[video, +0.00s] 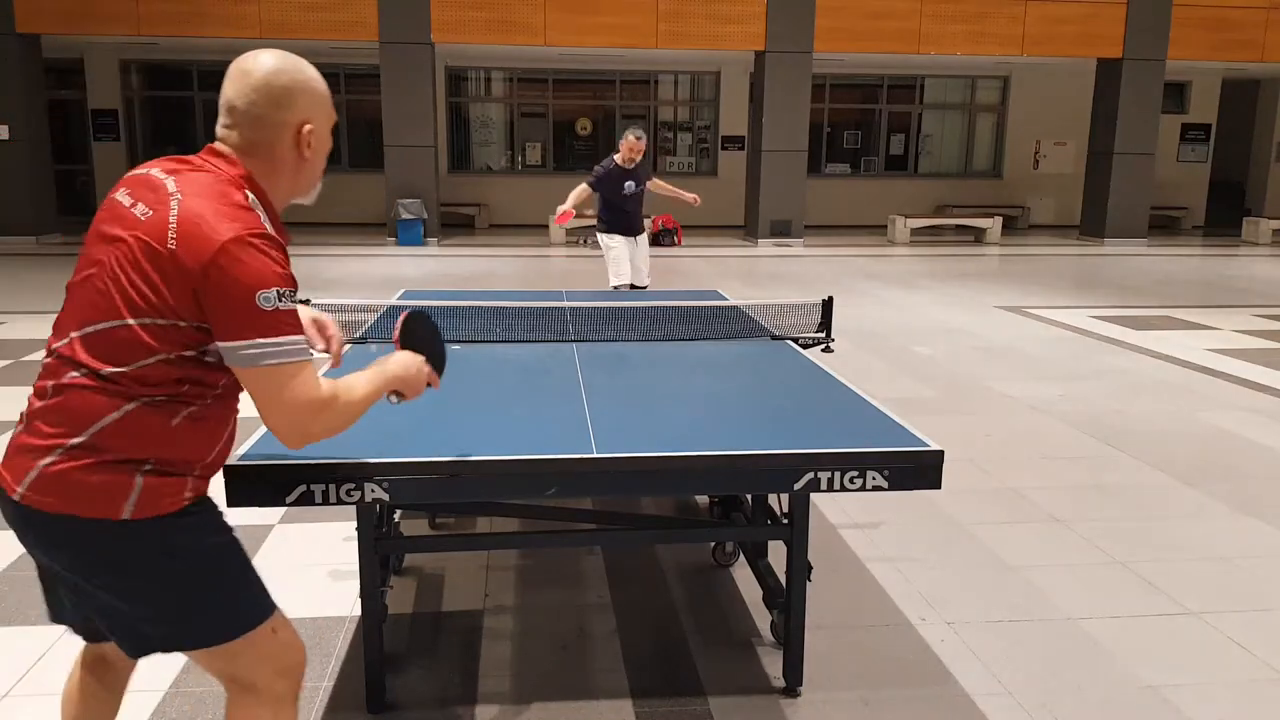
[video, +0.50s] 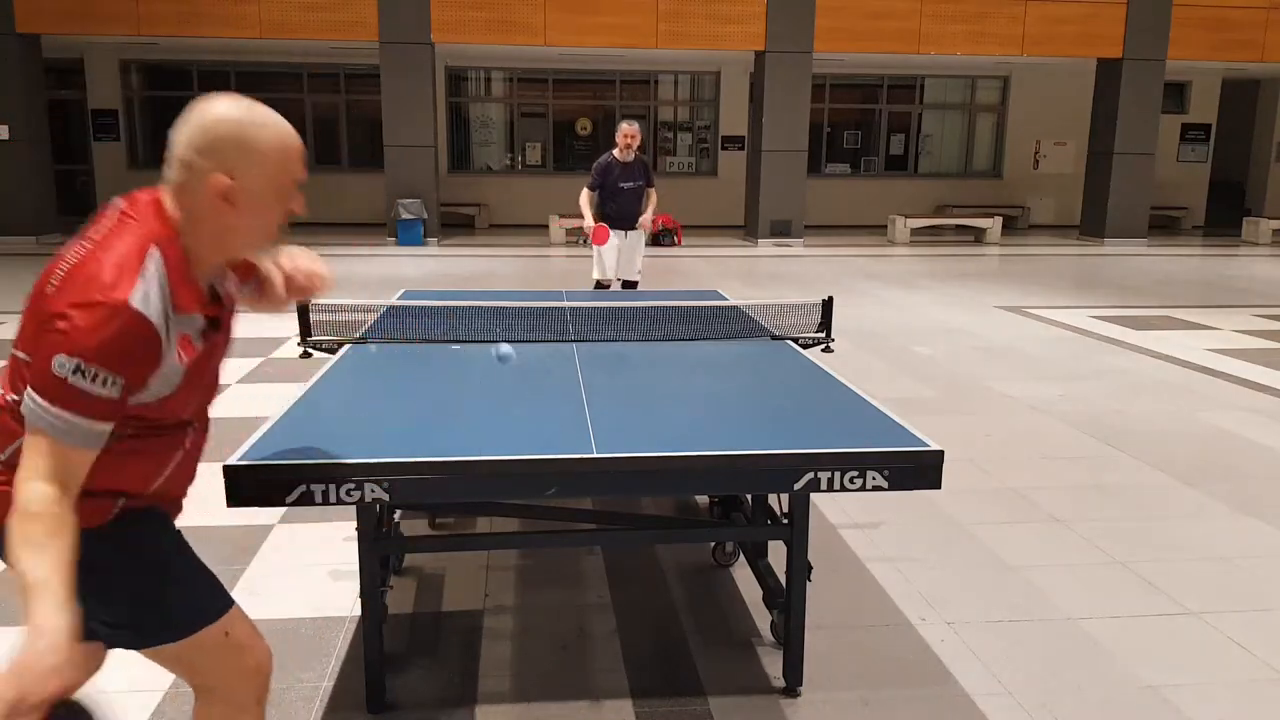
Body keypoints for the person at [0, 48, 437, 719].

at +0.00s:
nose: (328, 151)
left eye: (330, 134)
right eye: (328, 134)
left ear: (230, 122)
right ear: (304, 139)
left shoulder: (148, 180)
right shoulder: (234, 238)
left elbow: (172, 304)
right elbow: (301, 419)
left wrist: (282, 317)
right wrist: (388, 373)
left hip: (43, 478)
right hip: (126, 502)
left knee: (107, 652)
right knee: (270, 667)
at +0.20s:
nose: (364, 229)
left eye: (368, 214)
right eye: (366, 213)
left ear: (267, 180)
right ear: (339, 213)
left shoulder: (205, 224)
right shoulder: (239, 306)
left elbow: (238, 350)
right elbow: (268, 494)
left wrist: (337, 323)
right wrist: (393, 453)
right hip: (96, 521)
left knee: (129, 643)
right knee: (271, 674)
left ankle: (52, 714)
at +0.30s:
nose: (368, 250)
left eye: (372, 237)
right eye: (368, 236)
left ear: (271, 204)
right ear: (333, 241)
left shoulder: (250, 254)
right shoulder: (202, 328)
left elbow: (318, 338)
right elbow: (120, 517)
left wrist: (357, 323)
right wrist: (253, 606)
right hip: (64, 528)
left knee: (118, 665)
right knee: (262, 668)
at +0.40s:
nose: (338, 258)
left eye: (344, 244)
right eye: (338, 243)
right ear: (290, 240)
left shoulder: (235, 258)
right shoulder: (150, 333)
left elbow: (294, 316)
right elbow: (41, 498)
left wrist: (332, 320)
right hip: (89, 525)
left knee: (94, 668)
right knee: (253, 676)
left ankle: (21, 709)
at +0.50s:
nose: (298, 207)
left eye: (298, 191)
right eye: (291, 190)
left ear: (220, 194)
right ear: (224, 194)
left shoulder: (188, 235)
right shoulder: (114, 300)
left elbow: (229, 278)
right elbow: (44, 483)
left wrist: (274, 278)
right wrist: (50, 636)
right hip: (88, 511)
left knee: (72, 656)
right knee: (238, 668)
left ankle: (18, 708)